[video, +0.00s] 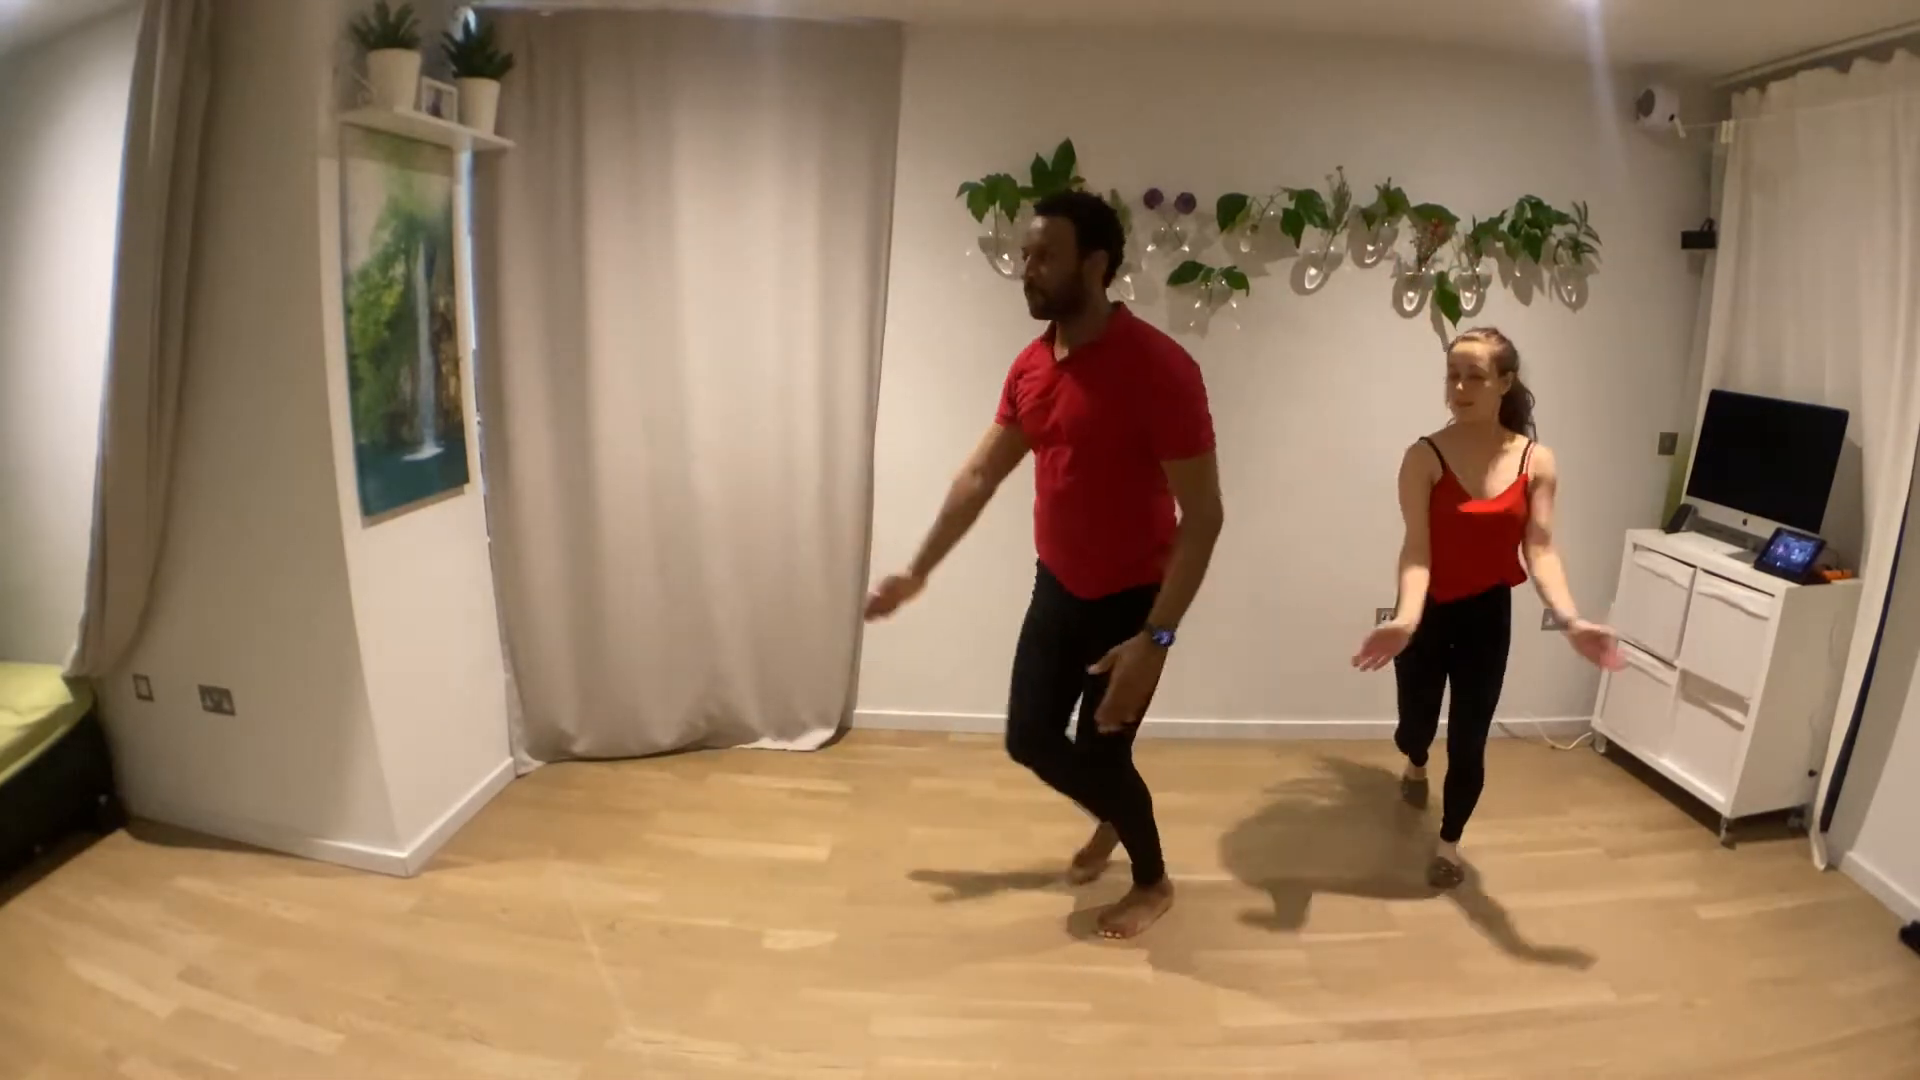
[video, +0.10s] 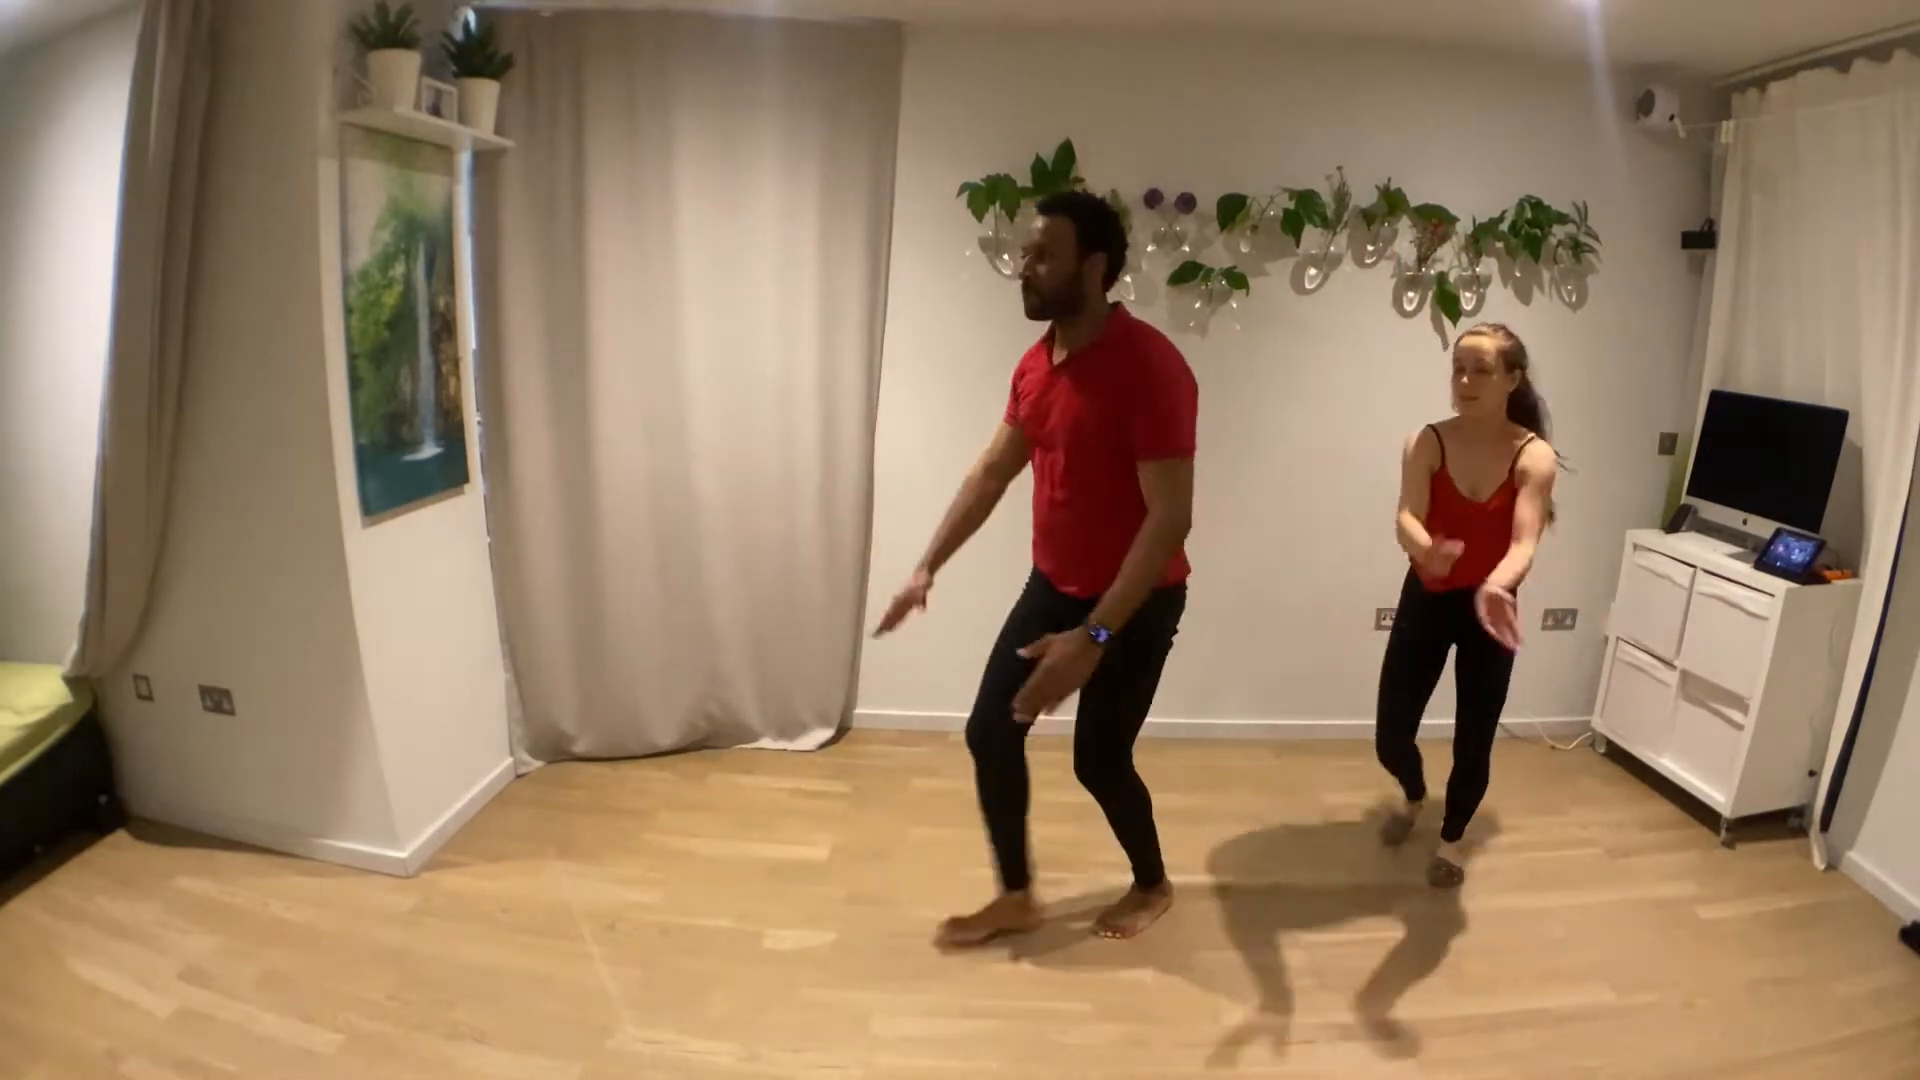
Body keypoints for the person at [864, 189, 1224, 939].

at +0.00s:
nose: (1025, 270)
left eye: (1044, 256)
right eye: (1024, 256)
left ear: (1099, 264)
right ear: (1030, 263)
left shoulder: (1161, 370)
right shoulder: (1036, 367)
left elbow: (1204, 516)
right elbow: (979, 475)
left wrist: (1156, 637)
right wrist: (917, 571)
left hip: (1133, 596)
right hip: (1059, 587)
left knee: (1100, 753)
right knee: (1030, 740)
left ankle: (1152, 881)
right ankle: (1119, 814)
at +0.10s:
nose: (1023, 269)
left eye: (1042, 256)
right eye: (1023, 255)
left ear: (1100, 267)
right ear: (1031, 261)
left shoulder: (1152, 370)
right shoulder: (1042, 364)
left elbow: (1170, 521)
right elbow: (992, 472)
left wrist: (1092, 634)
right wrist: (926, 569)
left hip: (1136, 598)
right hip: (1057, 587)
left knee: (1101, 758)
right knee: (992, 728)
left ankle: (1151, 885)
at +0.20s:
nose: (1014, 271)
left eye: (1033, 259)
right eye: (1017, 257)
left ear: (1087, 275)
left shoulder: (1137, 362)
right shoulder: (1031, 359)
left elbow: (1166, 485)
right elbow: (959, 414)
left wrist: (1072, 583)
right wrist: (887, 456)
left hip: (1125, 604)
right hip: (1045, 597)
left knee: (1095, 765)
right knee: (971, 750)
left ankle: (1152, 885)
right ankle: (876, 901)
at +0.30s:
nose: (996, 276)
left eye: (1015, 265)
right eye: (998, 261)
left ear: (1068, 281)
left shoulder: (1112, 356)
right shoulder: (1011, 339)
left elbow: (1175, 415)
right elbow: (945, 322)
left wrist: (1087, 489)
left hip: (1109, 612)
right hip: (1025, 604)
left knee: (1086, 777)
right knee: (930, 747)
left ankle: (1152, 882)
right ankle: (819, 899)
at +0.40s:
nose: (968, 276)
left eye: (987, 264)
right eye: (971, 261)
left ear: (1042, 279)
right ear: (979, 270)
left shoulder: (1084, 344)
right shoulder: (998, 325)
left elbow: (1178, 341)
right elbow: (958, 257)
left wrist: (1122, 373)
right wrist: (868, 218)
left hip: (1084, 620)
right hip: (997, 605)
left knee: (1072, 787)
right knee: (895, 747)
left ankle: (1152, 882)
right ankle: (821, 931)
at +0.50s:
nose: (927, 262)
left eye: (945, 249)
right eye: (931, 245)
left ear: (999, 270)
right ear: (976, 265)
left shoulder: (1056, 336)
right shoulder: (962, 329)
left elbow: (1156, 315)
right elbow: (949, 228)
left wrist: (1138, 313)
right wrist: (886, 149)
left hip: (1039, 626)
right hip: (952, 617)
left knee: (1064, 783)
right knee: (868, 769)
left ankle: (1152, 876)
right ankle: (838, 959)